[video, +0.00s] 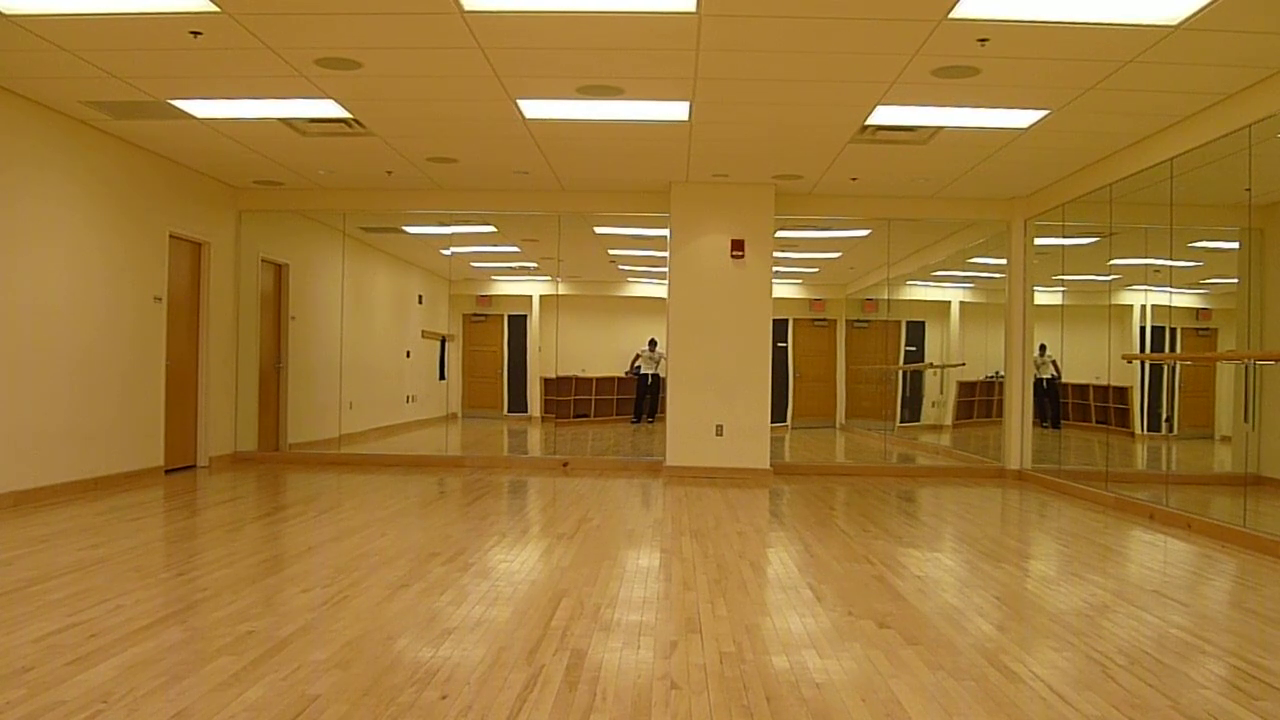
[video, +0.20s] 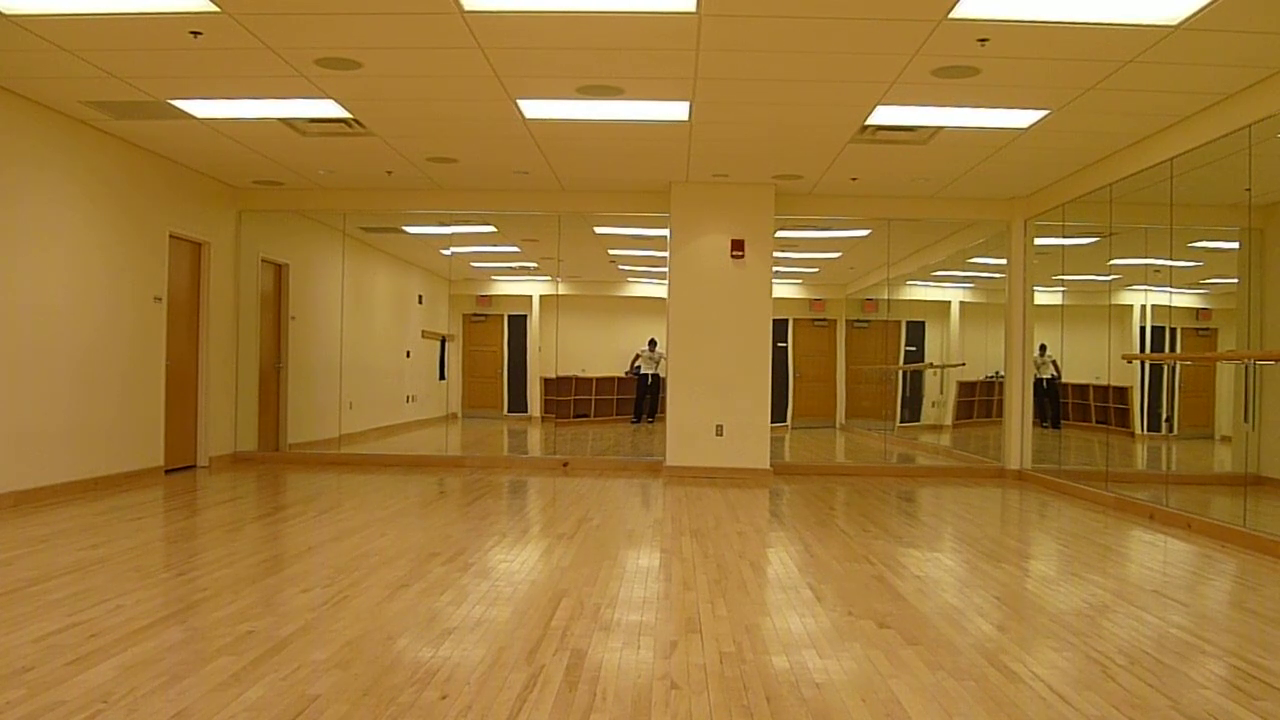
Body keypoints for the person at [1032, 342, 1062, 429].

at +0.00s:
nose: (1042, 352)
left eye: (1043, 350)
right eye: (1041, 350)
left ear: (1046, 350)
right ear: (1039, 350)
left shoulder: (1049, 357)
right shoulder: (1035, 359)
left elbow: (1056, 367)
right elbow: (1034, 368)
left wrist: (1059, 375)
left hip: (1050, 378)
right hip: (1039, 378)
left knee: (1054, 400)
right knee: (1041, 401)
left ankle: (1055, 421)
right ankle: (1043, 421)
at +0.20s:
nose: (1042, 353)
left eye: (1044, 351)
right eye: (1041, 351)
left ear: (1046, 351)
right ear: (1039, 350)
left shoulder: (1050, 357)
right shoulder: (1035, 359)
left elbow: (1056, 367)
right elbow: (1033, 368)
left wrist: (1059, 375)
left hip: (1050, 378)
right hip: (1039, 378)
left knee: (1054, 400)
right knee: (1040, 401)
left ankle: (1055, 421)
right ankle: (1043, 421)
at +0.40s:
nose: (1042, 353)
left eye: (1044, 351)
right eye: (1041, 351)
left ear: (1046, 351)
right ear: (1039, 350)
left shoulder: (1050, 357)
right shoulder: (1035, 359)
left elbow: (1056, 367)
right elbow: (1033, 369)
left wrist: (1059, 376)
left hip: (1050, 378)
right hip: (1039, 378)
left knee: (1054, 400)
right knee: (1041, 401)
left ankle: (1055, 421)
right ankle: (1043, 421)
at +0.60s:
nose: (1043, 353)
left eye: (1044, 351)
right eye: (1042, 350)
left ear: (1047, 351)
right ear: (1039, 350)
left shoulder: (1050, 358)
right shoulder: (1035, 359)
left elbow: (1057, 367)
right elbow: (1033, 369)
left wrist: (1059, 376)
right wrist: (1033, 377)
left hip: (1050, 378)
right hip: (1039, 378)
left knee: (1054, 400)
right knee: (1041, 401)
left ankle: (1055, 422)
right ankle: (1043, 421)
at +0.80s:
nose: (1044, 352)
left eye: (1045, 350)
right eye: (1042, 350)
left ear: (1048, 351)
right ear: (1040, 350)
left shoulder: (1052, 358)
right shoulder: (1036, 359)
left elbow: (1059, 368)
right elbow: (1034, 369)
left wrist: (1060, 378)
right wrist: (1034, 378)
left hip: (1051, 378)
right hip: (1040, 378)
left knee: (1054, 400)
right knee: (1041, 401)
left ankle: (1055, 422)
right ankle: (1043, 421)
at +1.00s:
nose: (1045, 352)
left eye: (1047, 351)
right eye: (1044, 350)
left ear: (1049, 351)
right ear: (1042, 350)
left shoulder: (1053, 358)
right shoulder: (1038, 358)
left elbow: (1059, 367)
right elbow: (1034, 368)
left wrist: (1060, 376)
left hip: (1051, 378)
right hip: (1040, 378)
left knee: (1054, 400)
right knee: (1041, 401)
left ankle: (1055, 422)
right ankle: (1043, 421)